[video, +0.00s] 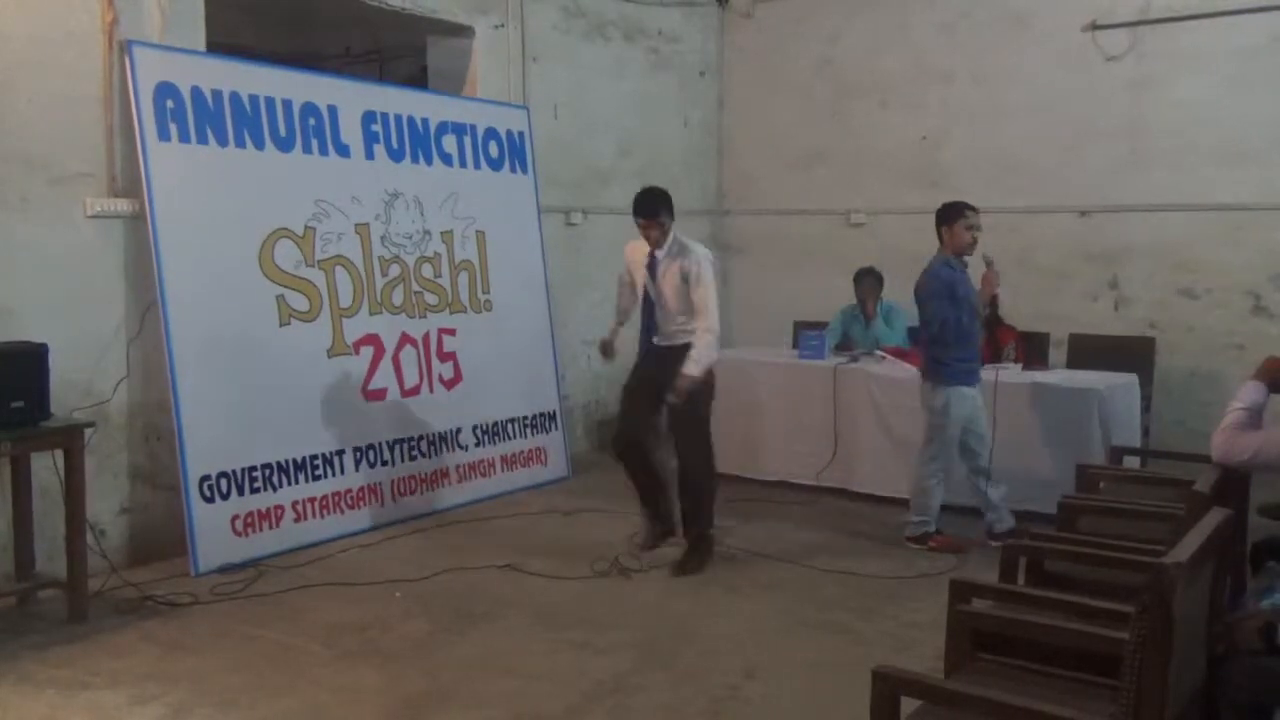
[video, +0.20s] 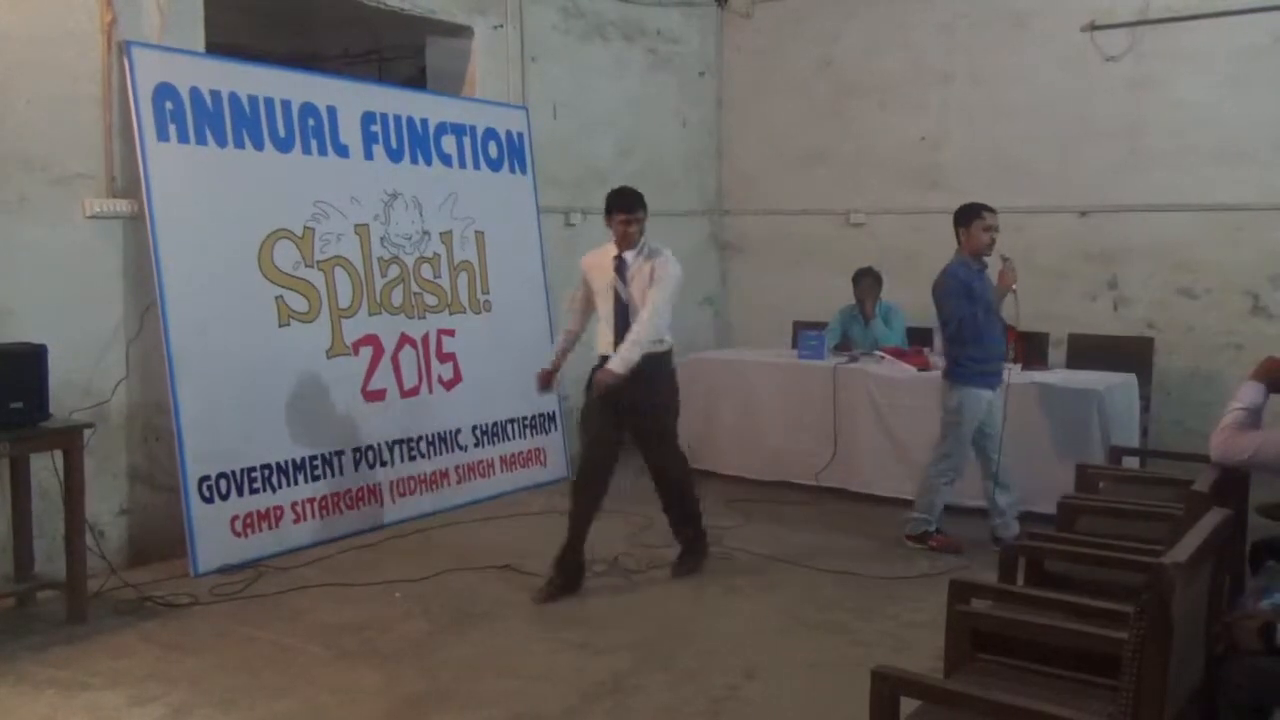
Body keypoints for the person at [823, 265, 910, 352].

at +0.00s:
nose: (866, 301)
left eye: (870, 295)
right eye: (861, 296)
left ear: (879, 293)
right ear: (855, 293)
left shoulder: (894, 312)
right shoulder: (847, 314)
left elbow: (894, 347)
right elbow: (827, 341)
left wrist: (873, 317)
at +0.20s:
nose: (864, 296)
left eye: (869, 291)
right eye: (860, 291)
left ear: (878, 292)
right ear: (854, 292)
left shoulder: (892, 314)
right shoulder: (845, 314)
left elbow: (893, 348)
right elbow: (827, 341)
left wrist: (872, 317)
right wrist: (837, 346)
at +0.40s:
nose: (864, 296)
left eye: (869, 291)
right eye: (859, 291)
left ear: (878, 292)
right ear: (853, 292)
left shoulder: (891, 314)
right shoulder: (845, 314)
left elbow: (893, 349)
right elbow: (827, 339)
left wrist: (871, 318)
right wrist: (836, 346)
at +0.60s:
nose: (863, 295)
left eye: (868, 290)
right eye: (858, 290)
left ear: (877, 292)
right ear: (853, 292)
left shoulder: (893, 313)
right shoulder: (845, 314)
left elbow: (892, 350)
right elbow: (823, 345)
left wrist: (871, 318)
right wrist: (837, 347)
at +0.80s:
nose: (862, 296)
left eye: (867, 291)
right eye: (858, 291)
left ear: (876, 292)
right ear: (852, 293)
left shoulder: (893, 313)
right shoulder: (844, 314)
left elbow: (891, 350)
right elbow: (822, 345)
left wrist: (871, 317)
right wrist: (837, 347)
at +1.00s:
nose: (863, 296)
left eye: (867, 290)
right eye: (858, 291)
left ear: (876, 292)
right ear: (852, 293)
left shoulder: (892, 313)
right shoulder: (844, 314)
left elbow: (891, 349)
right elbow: (823, 344)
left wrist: (871, 317)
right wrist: (837, 347)